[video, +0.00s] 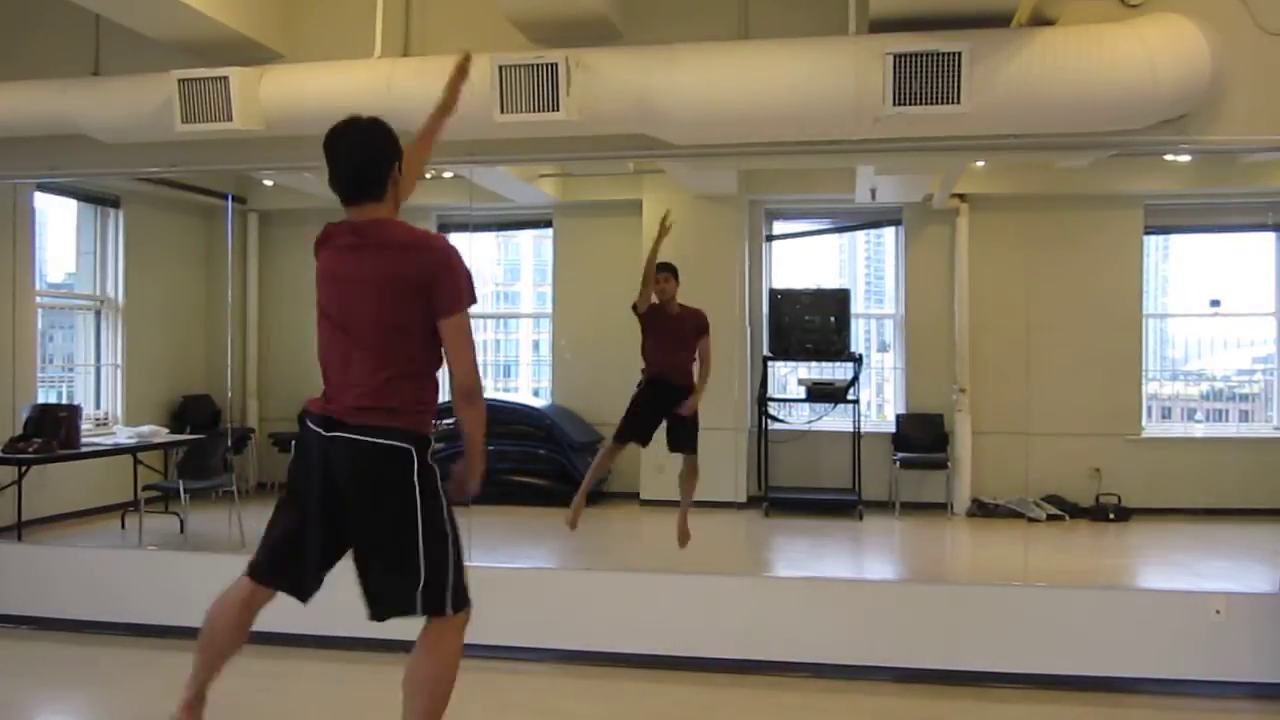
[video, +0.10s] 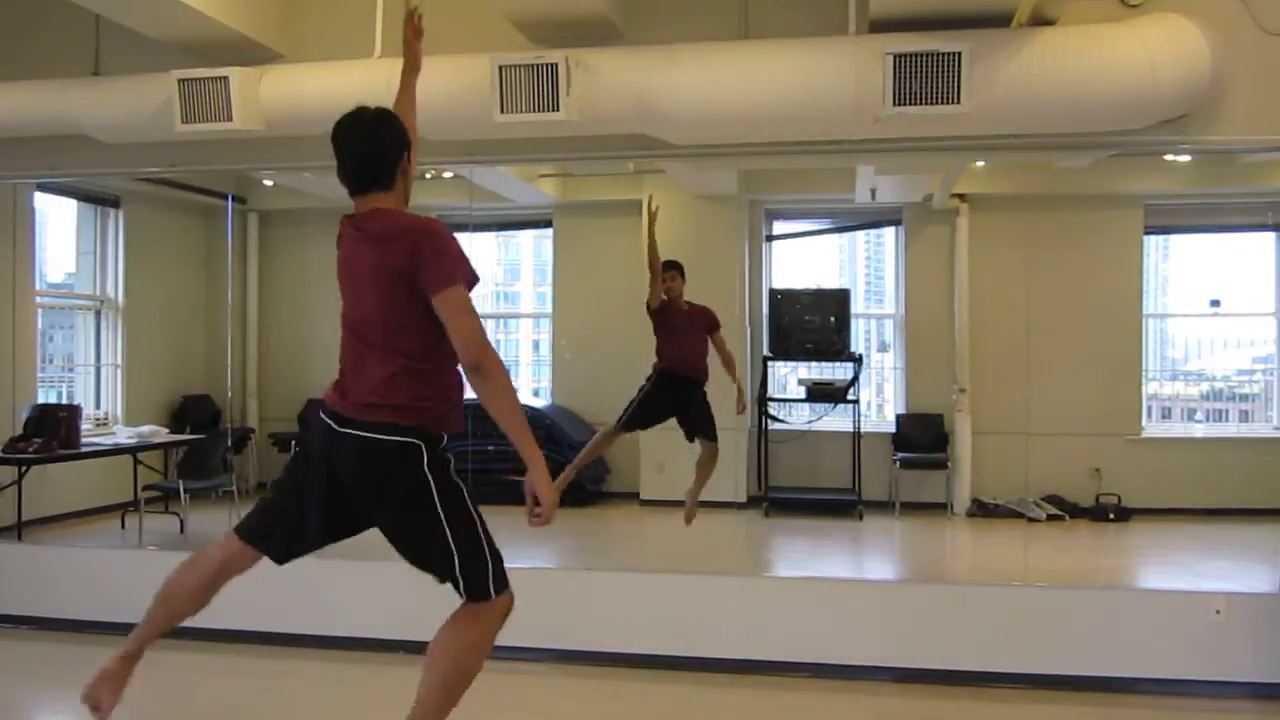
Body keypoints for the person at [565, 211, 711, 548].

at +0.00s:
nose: (660, 285)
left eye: (665, 280)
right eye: (656, 281)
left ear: (677, 284)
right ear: (652, 286)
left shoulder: (696, 318)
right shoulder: (647, 314)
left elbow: (705, 361)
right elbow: (646, 280)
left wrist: (696, 396)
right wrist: (658, 240)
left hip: (682, 391)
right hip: (651, 388)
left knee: (690, 459)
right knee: (616, 445)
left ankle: (683, 515)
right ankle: (580, 496)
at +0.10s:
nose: (666, 284)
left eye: (671, 278)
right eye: (663, 280)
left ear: (683, 282)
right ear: (660, 284)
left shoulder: (703, 314)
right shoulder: (659, 311)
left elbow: (723, 352)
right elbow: (655, 271)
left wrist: (739, 387)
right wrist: (651, 231)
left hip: (693, 389)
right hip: (663, 383)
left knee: (710, 448)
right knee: (617, 430)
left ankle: (694, 495)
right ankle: (567, 475)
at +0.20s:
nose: (675, 295)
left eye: (680, 290)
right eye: (671, 291)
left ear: (691, 292)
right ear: (667, 295)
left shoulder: (711, 322)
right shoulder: (668, 322)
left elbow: (735, 358)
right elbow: (658, 284)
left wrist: (755, 387)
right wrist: (654, 244)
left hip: (703, 396)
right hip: (673, 391)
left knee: (713, 458)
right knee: (622, 432)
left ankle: (708, 521)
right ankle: (567, 473)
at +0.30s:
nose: (684, 318)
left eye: (689, 312)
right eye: (680, 314)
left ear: (700, 314)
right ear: (676, 319)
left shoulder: (721, 342)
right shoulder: (676, 345)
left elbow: (739, 374)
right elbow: (664, 326)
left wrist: (758, 403)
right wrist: (664, 288)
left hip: (714, 417)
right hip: (683, 412)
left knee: (713, 483)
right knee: (634, 450)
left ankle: (708, 541)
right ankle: (585, 485)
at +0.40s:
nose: (693, 334)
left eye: (698, 329)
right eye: (689, 330)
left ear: (709, 330)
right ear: (685, 334)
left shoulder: (730, 360)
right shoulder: (685, 363)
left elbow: (745, 395)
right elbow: (673, 394)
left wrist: (755, 427)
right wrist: (677, 363)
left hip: (718, 439)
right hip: (688, 432)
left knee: (720, 501)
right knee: (645, 480)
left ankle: (706, 548)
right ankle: (603, 521)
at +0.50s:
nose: (701, 336)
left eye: (706, 330)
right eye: (697, 331)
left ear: (717, 332)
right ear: (693, 334)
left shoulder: (732, 365)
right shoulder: (685, 368)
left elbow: (747, 399)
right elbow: (676, 411)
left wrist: (757, 435)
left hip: (723, 443)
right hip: (692, 438)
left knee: (722, 502)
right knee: (665, 496)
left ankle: (706, 548)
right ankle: (631, 544)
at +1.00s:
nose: (706, 333)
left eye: (710, 327)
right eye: (700, 329)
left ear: (719, 329)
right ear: (695, 333)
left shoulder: (735, 359)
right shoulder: (689, 368)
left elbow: (740, 399)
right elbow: (690, 414)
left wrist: (717, 414)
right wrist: (721, 432)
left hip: (725, 433)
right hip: (694, 430)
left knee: (721, 497)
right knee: (660, 483)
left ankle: (708, 548)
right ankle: (625, 530)